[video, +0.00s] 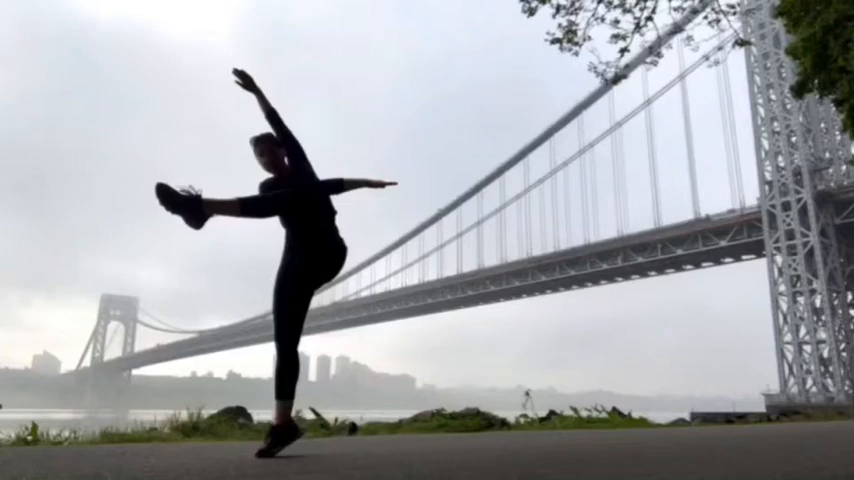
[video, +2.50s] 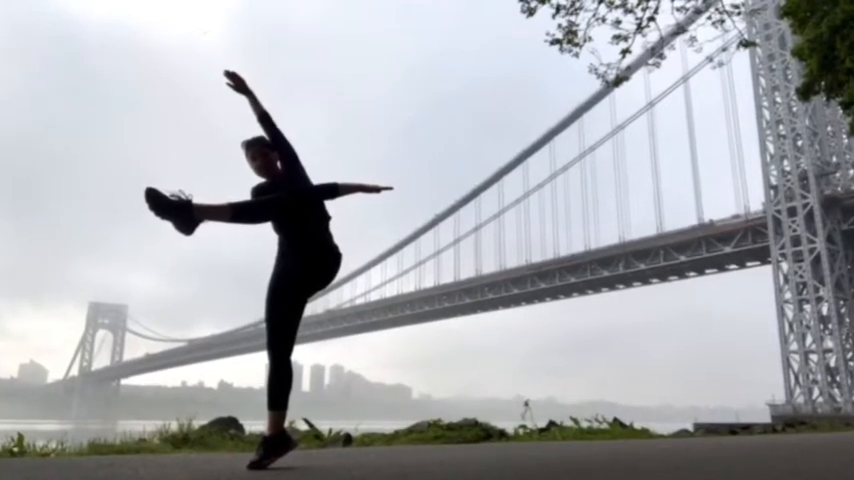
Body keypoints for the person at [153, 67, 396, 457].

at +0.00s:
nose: (264, 159)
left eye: (268, 153)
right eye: (260, 156)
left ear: (283, 150)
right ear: (258, 160)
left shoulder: (301, 170)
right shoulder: (270, 191)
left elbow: (283, 130)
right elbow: (326, 187)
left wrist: (257, 91)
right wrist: (368, 183)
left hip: (327, 252)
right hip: (297, 261)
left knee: (284, 200)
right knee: (286, 341)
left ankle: (204, 208)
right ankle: (283, 422)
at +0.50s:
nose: (263, 160)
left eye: (267, 153)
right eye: (258, 156)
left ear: (281, 150)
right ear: (257, 161)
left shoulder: (300, 170)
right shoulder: (268, 191)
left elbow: (281, 129)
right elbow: (325, 188)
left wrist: (255, 91)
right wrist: (367, 184)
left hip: (326, 253)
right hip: (296, 262)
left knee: (285, 201)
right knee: (285, 343)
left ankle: (202, 209)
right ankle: (282, 425)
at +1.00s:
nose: (261, 161)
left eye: (265, 154)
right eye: (257, 157)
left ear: (280, 151)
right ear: (255, 162)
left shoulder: (299, 172)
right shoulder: (267, 192)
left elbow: (280, 131)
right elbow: (323, 189)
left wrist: (254, 92)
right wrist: (365, 185)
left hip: (325, 255)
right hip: (294, 263)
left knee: (282, 203)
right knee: (283, 344)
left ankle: (201, 210)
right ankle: (281, 427)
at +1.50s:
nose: (260, 161)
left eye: (264, 154)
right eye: (255, 158)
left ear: (279, 153)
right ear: (254, 163)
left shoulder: (297, 173)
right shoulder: (265, 193)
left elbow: (278, 131)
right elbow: (320, 190)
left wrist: (252, 93)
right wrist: (362, 186)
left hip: (323, 256)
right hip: (293, 265)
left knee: (281, 203)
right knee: (282, 346)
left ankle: (198, 211)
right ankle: (279, 429)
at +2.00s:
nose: (257, 162)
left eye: (262, 155)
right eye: (253, 159)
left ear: (277, 153)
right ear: (252, 163)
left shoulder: (295, 173)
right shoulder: (264, 193)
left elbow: (276, 131)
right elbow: (319, 191)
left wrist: (251, 93)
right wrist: (362, 187)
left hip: (322, 257)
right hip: (292, 266)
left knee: (279, 204)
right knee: (280, 348)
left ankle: (197, 212)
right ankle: (277, 432)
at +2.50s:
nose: (256, 164)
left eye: (260, 156)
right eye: (251, 160)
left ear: (275, 154)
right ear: (251, 165)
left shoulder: (295, 174)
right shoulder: (263, 195)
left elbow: (274, 131)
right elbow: (317, 192)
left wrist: (249, 93)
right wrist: (360, 188)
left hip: (321, 258)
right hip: (290, 268)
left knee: (277, 205)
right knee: (279, 351)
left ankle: (195, 213)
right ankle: (276, 434)